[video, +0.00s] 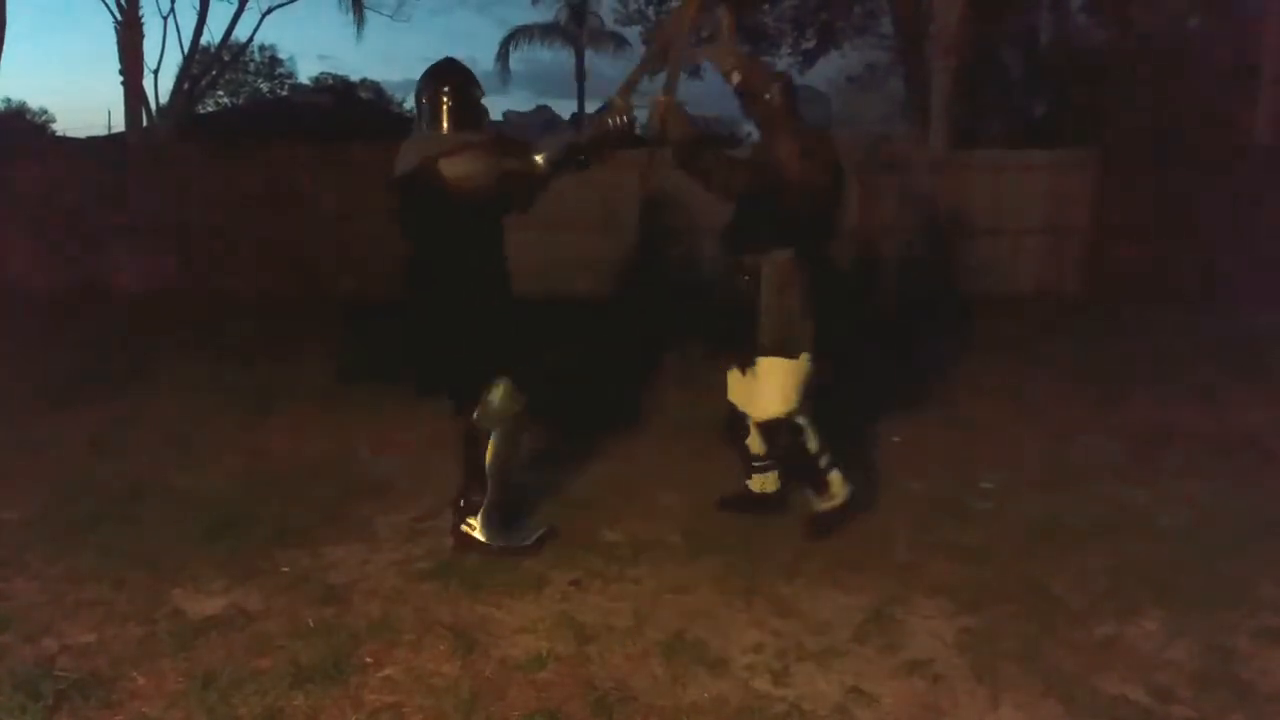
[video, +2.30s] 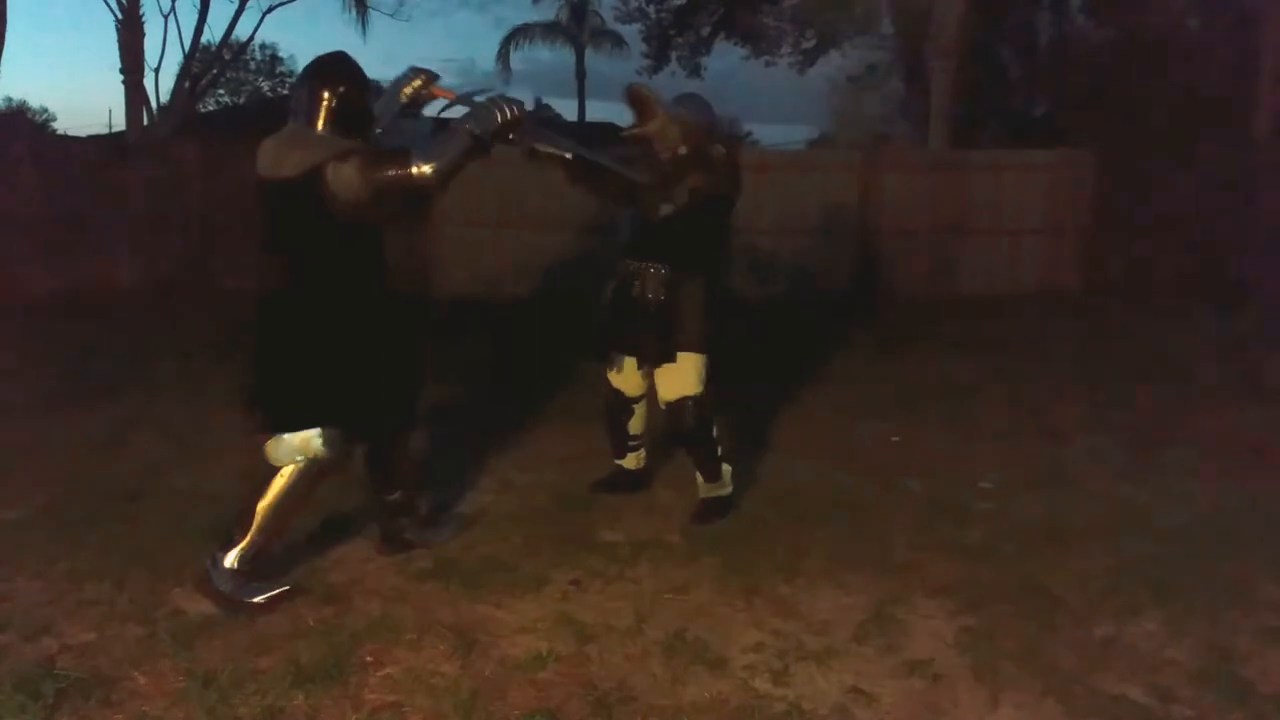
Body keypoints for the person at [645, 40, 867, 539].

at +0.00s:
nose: (759, 108)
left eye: (767, 98)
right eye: (754, 101)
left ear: (786, 100)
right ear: (752, 108)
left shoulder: (808, 150)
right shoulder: (762, 159)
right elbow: (719, 174)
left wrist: (734, 66)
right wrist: (681, 136)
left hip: (790, 277)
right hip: (749, 276)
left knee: (776, 397)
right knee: (746, 391)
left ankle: (832, 492)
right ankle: (762, 487)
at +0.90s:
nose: (759, 139)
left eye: (770, 132)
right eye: (759, 131)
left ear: (791, 140)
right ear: (754, 135)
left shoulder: (797, 176)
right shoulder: (735, 171)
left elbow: (779, 150)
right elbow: (692, 172)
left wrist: (742, 121)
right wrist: (642, 153)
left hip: (766, 292)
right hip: (721, 287)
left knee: (758, 385)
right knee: (718, 382)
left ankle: (784, 487)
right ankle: (729, 458)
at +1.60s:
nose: (707, 135)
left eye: (719, 128)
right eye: (706, 126)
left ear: (744, 134)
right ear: (702, 127)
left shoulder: (762, 179)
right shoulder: (686, 162)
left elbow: (781, 187)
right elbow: (642, 153)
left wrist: (751, 149)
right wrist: (604, 133)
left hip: (717, 289)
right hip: (665, 280)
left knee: (705, 393)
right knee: (642, 374)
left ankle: (715, 489)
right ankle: (663, 447)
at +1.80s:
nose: (705, 143)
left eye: (715, 134)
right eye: (701, 134)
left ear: (735, 137)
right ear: (695, 135)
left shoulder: (751, 182)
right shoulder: (672, 168)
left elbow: (762, 214)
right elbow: (629, 159)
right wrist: (586, 144)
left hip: (701, 293)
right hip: (650, 283)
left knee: (695, 395)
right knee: (624, 381)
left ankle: (714, 490)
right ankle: (629, 465)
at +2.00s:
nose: (680, 150)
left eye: (693, 141)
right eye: (678, 141)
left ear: (717, 143)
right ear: (673, 141)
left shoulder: (729, 185)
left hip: (687, 289)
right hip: (631, 279)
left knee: (686, 394)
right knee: (614, 384)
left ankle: (712, 490)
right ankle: (628, 467)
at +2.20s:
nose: (665, 139)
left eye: (674, 130)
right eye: (661, 131)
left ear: (698, 131)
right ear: (657, 131)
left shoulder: (719, 172)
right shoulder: (646, 161)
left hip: (683, 286)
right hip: (632, 279)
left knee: (685, 395)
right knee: (619, 387)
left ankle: (713, 490)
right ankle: (629, 468)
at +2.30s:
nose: (662, 138)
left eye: (675, 129)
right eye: (659, 130)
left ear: (697, 133)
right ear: (658, 132)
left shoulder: (714, 171)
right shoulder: (652, 166)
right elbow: (612, 186)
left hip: (686, 285)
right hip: (638, 280)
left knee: (680, 395)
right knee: (626, 383)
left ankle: (716, 486)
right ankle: (631, 467)